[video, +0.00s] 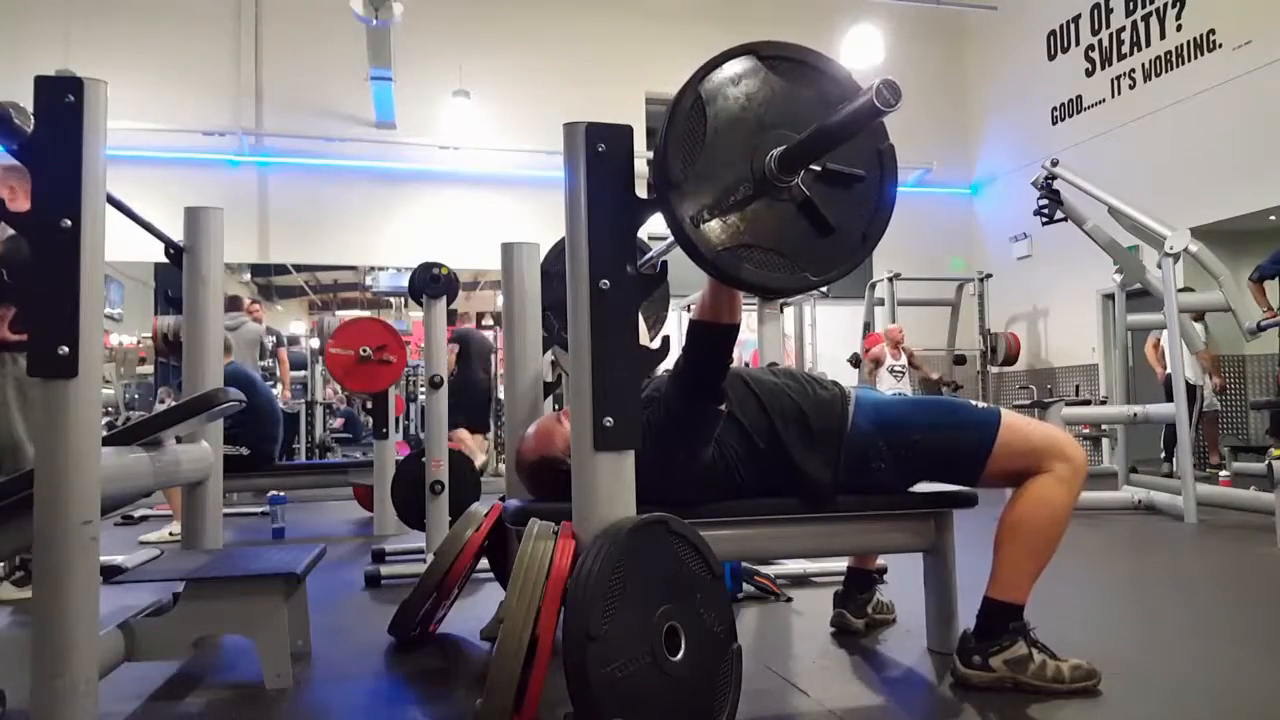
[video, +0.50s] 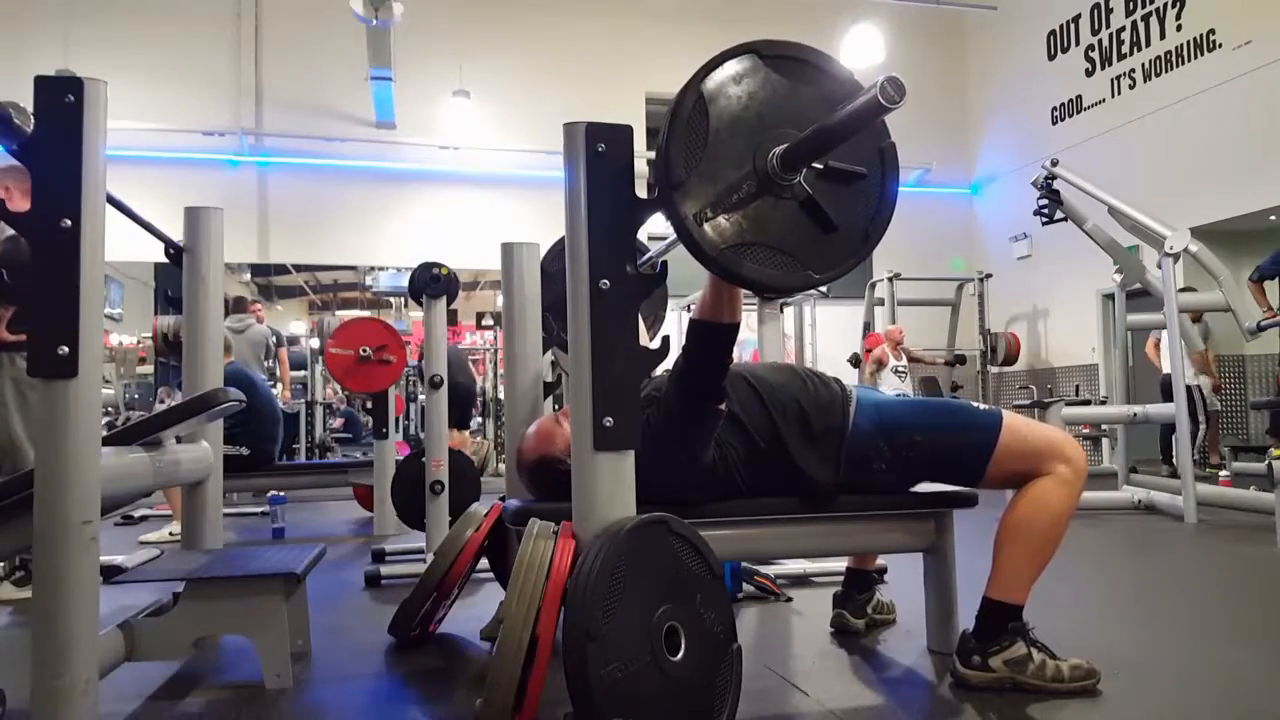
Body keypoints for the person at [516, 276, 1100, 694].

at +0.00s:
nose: (562, 412)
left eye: (551, 414)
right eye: (558, 423)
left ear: (567, 467)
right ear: (578, 452)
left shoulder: (608, 440)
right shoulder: (651, 463)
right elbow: (707, 357)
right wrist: (738, 230)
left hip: (817, 431)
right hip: (850, 435)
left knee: (919, 445)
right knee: (1061, 454)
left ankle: (860, 591)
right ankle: (996, 639)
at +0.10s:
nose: (560, 410)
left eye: (550, 413)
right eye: (558, 421)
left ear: (566, 471)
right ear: (578, 451)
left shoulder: (608, 441)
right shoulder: (654, 461)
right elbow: (708, 356)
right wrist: (739, 227)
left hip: (817, 437)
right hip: (850, 436)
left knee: (913, 447)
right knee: (1061, 454)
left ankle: (860, 591)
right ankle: (996, 639)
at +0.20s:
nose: (561, 410)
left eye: (551, 413)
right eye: (558, 420)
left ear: (566, 471)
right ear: (578, 449)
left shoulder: (609, 445)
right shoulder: (653, 459)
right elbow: (708, 352)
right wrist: (738, 225)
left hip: (815, 440)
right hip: (849, 437)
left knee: (910, 448)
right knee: (1061, 454)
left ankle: (860, 591)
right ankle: (995, 639)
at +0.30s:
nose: (560, 410)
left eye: (549, 413)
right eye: (557, 421)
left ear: (564, 472)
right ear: (576, 450)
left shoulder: (608, 445)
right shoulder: (653, 458)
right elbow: (707, 354)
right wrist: (738, 228)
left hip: (816, 438)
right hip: (850, 436)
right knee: (1061, 454)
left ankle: (860, 591)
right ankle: (995, 640)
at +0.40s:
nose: (560, 410)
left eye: (550, 413)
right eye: (558, 421)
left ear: (564, 473)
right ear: (578, 450)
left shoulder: (606, 449)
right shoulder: (653, 460)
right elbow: (707, 353)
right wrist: (739, 227)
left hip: (814, 438)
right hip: (850, 436)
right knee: (1061, 455)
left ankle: (859, 591)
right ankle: (995, 640)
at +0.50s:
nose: (561, 409)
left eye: (551, 413)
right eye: (558, 419)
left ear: (566, 470)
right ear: (579, 448)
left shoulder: (608, 442)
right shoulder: (653, 462)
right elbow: (709, 351)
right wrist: (738, 226)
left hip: (817, 429)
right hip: (850, 436)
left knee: (921, 446)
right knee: (1061, 456)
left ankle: (860, 592)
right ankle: (995, 640)